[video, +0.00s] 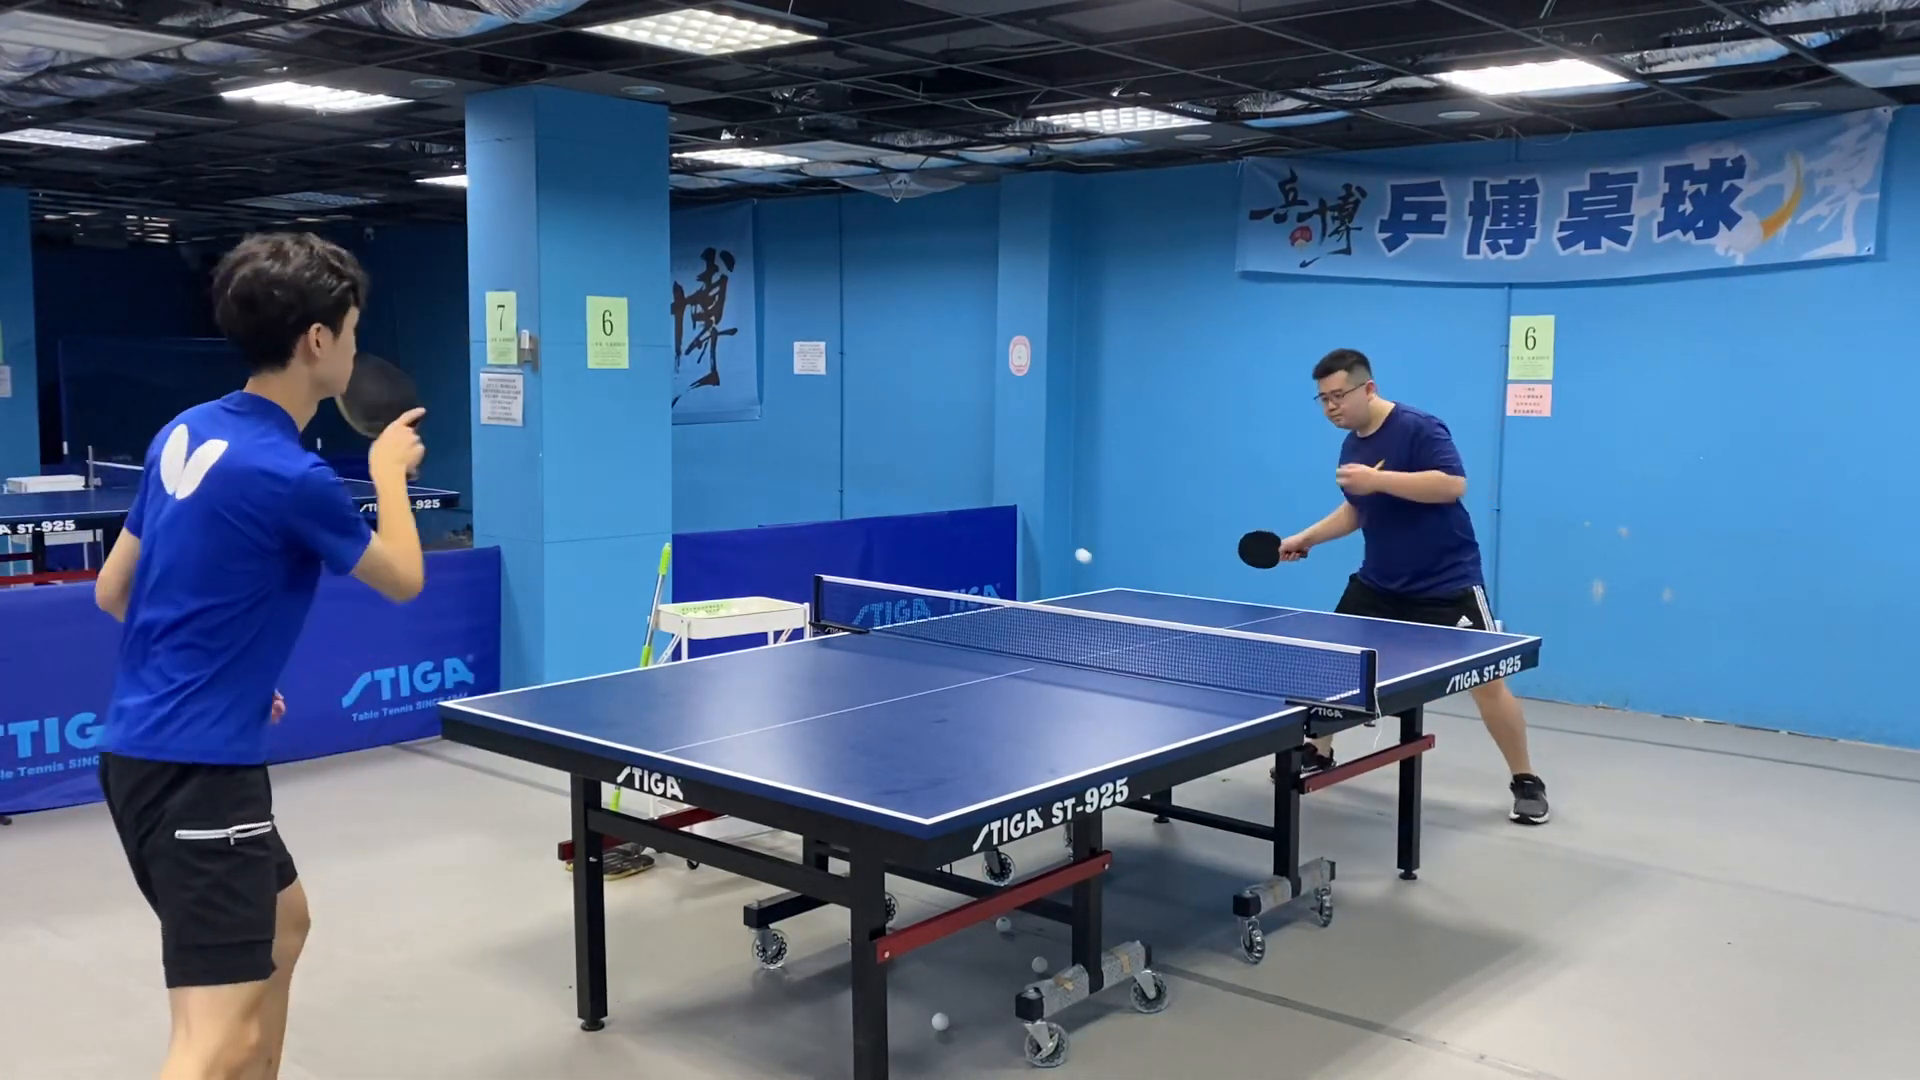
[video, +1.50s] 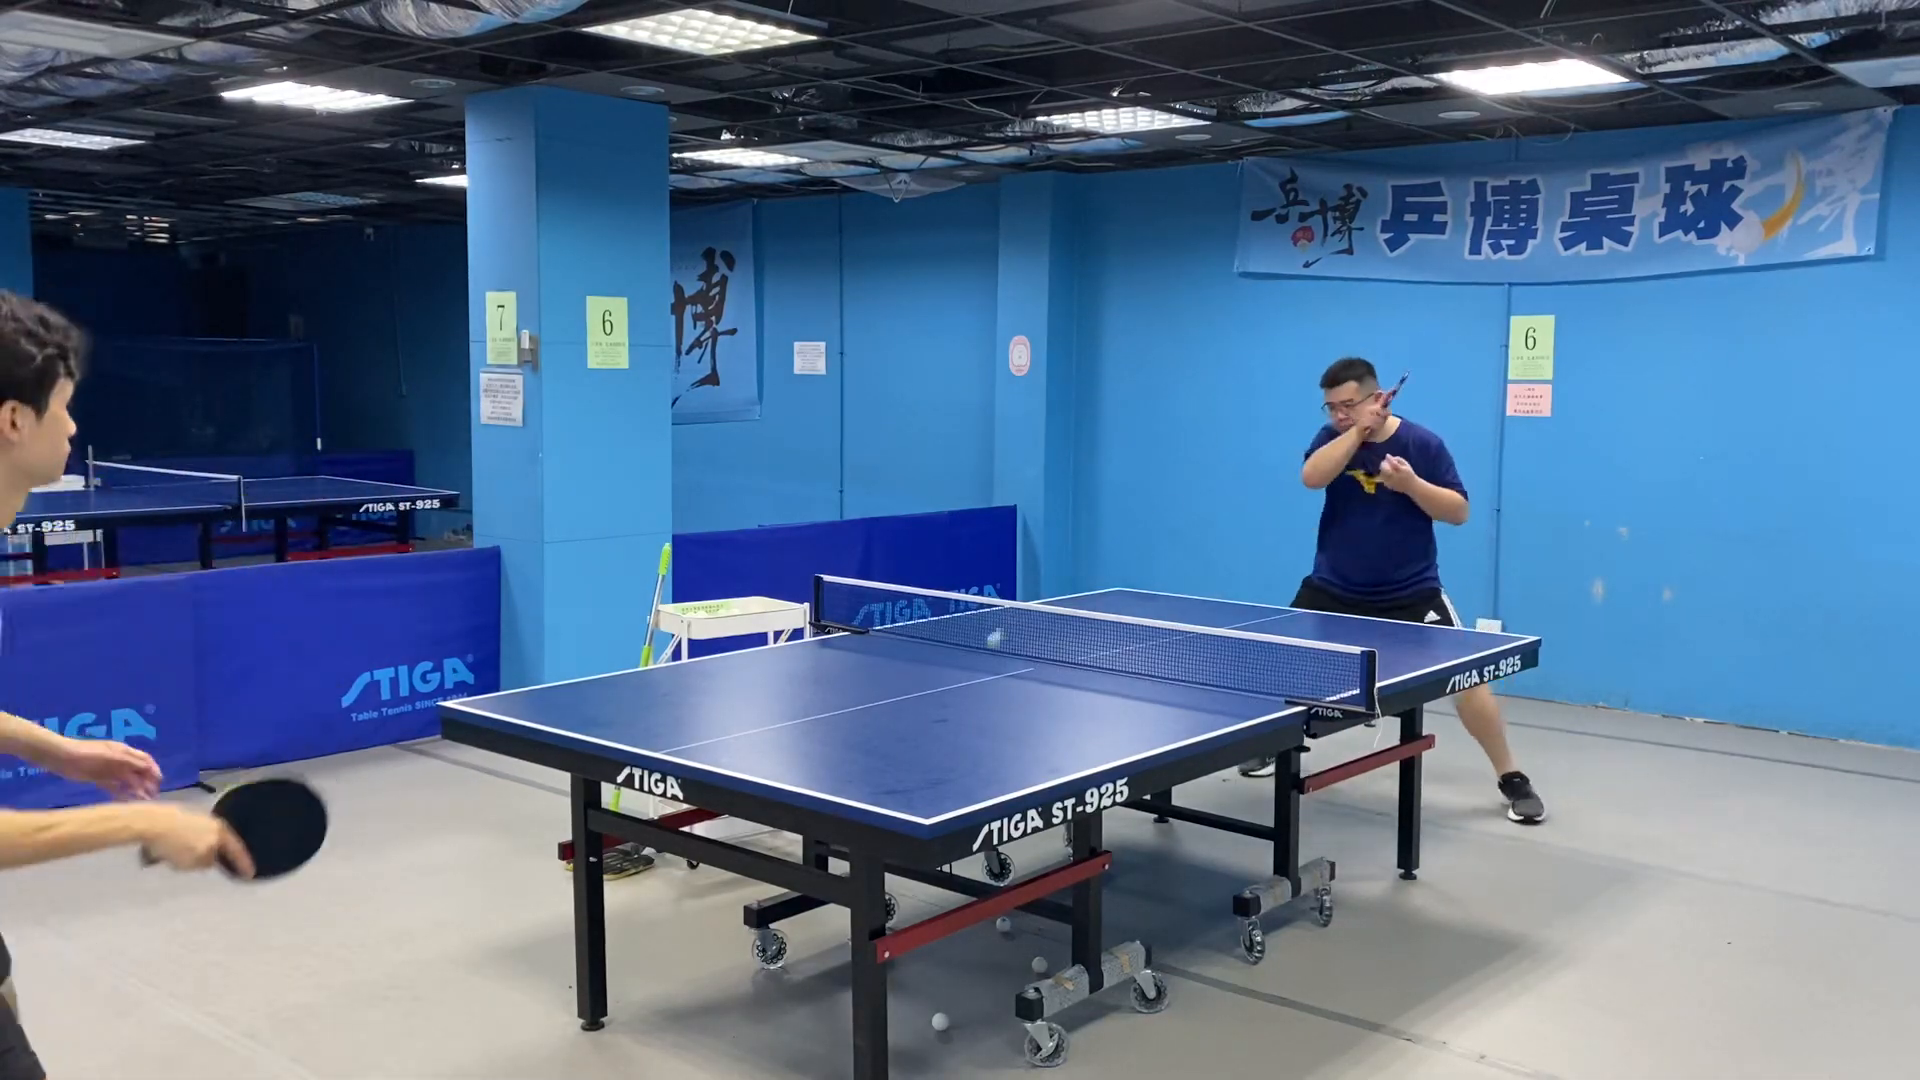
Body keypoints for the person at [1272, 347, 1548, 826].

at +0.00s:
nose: (1329, 408)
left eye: (1337, 396)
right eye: (1323, 400)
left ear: (1369, 389)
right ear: (1324, 401)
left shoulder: (1420, 428)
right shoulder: (1352, 449)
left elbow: (1453, 484)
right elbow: (1357, 512)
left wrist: (1376, 480)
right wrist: (1307, 538)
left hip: (1448, 586)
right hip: (1377, 584)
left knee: (1487, 679)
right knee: (1324, 660)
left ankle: (1525, 780)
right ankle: (1318, 750)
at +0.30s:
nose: (1324, 417)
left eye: (1330, 406)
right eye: (1319, 409)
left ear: (1361, 395)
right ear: (1324, 407)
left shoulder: (1417, 435)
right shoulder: (1332, 448)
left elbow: (1455, 495)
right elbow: (1296, 490)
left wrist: (1387, 475)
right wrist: (1252, 469)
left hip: (1425, 589)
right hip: (1351, 587)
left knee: (1472, 675)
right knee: (1296, 655)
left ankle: (1522, 770)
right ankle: (1314, 749)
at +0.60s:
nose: (1364, 410)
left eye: (1374, 400)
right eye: (1357, 401)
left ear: (1403, 398)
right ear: (1352, 402)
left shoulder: (1446, 448)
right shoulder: (1346, 451)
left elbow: (1484, 508)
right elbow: (1324, 511)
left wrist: (1435, 498)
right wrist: (1306, 504)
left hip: (1437, 598)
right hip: (1357, 596)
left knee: (1486, 683)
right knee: (1305, 666)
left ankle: (1524, 778)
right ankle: (1315, 750)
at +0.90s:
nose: (1369, 390)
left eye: (1378, 380)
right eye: (1362, 382)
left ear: (1410, 379)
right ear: (1359, 386)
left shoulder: (1458, 427)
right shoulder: (1372, 438)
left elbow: (1498, 485)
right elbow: (1363, 496)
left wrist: (1426, 474)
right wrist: (1317, 511)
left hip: (1466, 584)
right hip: (1394, 579)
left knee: (1499, 682)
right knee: (1338, 658)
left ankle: (1527, 780)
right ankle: (1327, 748)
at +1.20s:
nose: (1339, 419)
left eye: (1344, 407)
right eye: (1334, 411)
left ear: (1376, 398)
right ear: (1368, 404)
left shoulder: (1430, 437)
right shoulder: (1373, 450)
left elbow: (1451, 500)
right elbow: (1385, 509)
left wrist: (1379, 475)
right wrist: (1340, 519)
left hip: (1452, 593)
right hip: (1385, 588)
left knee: (1485, 693)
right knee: (1324, 656)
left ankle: (1525, 781)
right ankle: (1339, 750)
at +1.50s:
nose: (1338, 417)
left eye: (1348, 406)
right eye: (1332, 408)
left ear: (1377, 400)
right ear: (1329, 407)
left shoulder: (1423, 445)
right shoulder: (1331, 438)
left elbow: (1458, 512)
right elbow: (1313, 477)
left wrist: (1411, 484)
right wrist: (1358, 431)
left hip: (1410, 595)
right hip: (1332, 591)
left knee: (1466, 676)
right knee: (1278, 659)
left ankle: (1510, 777)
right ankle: (1268, 741)